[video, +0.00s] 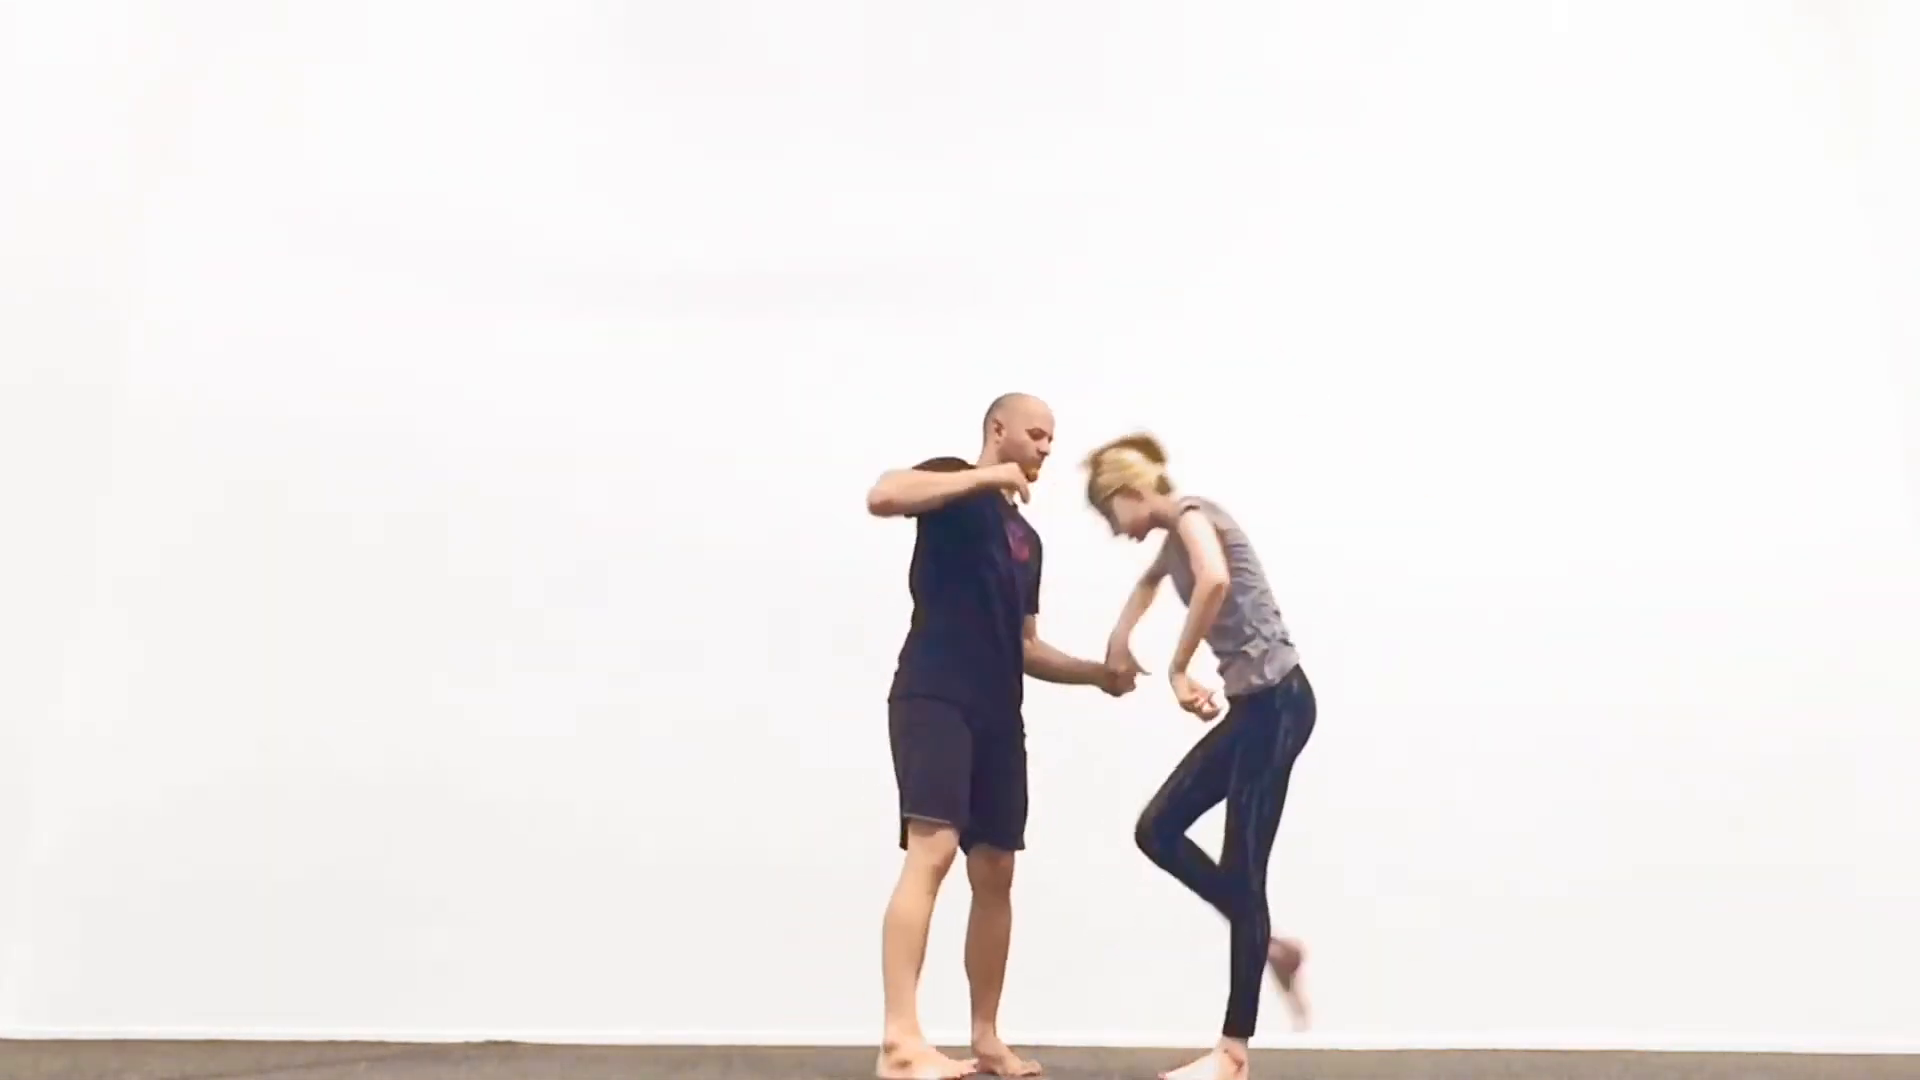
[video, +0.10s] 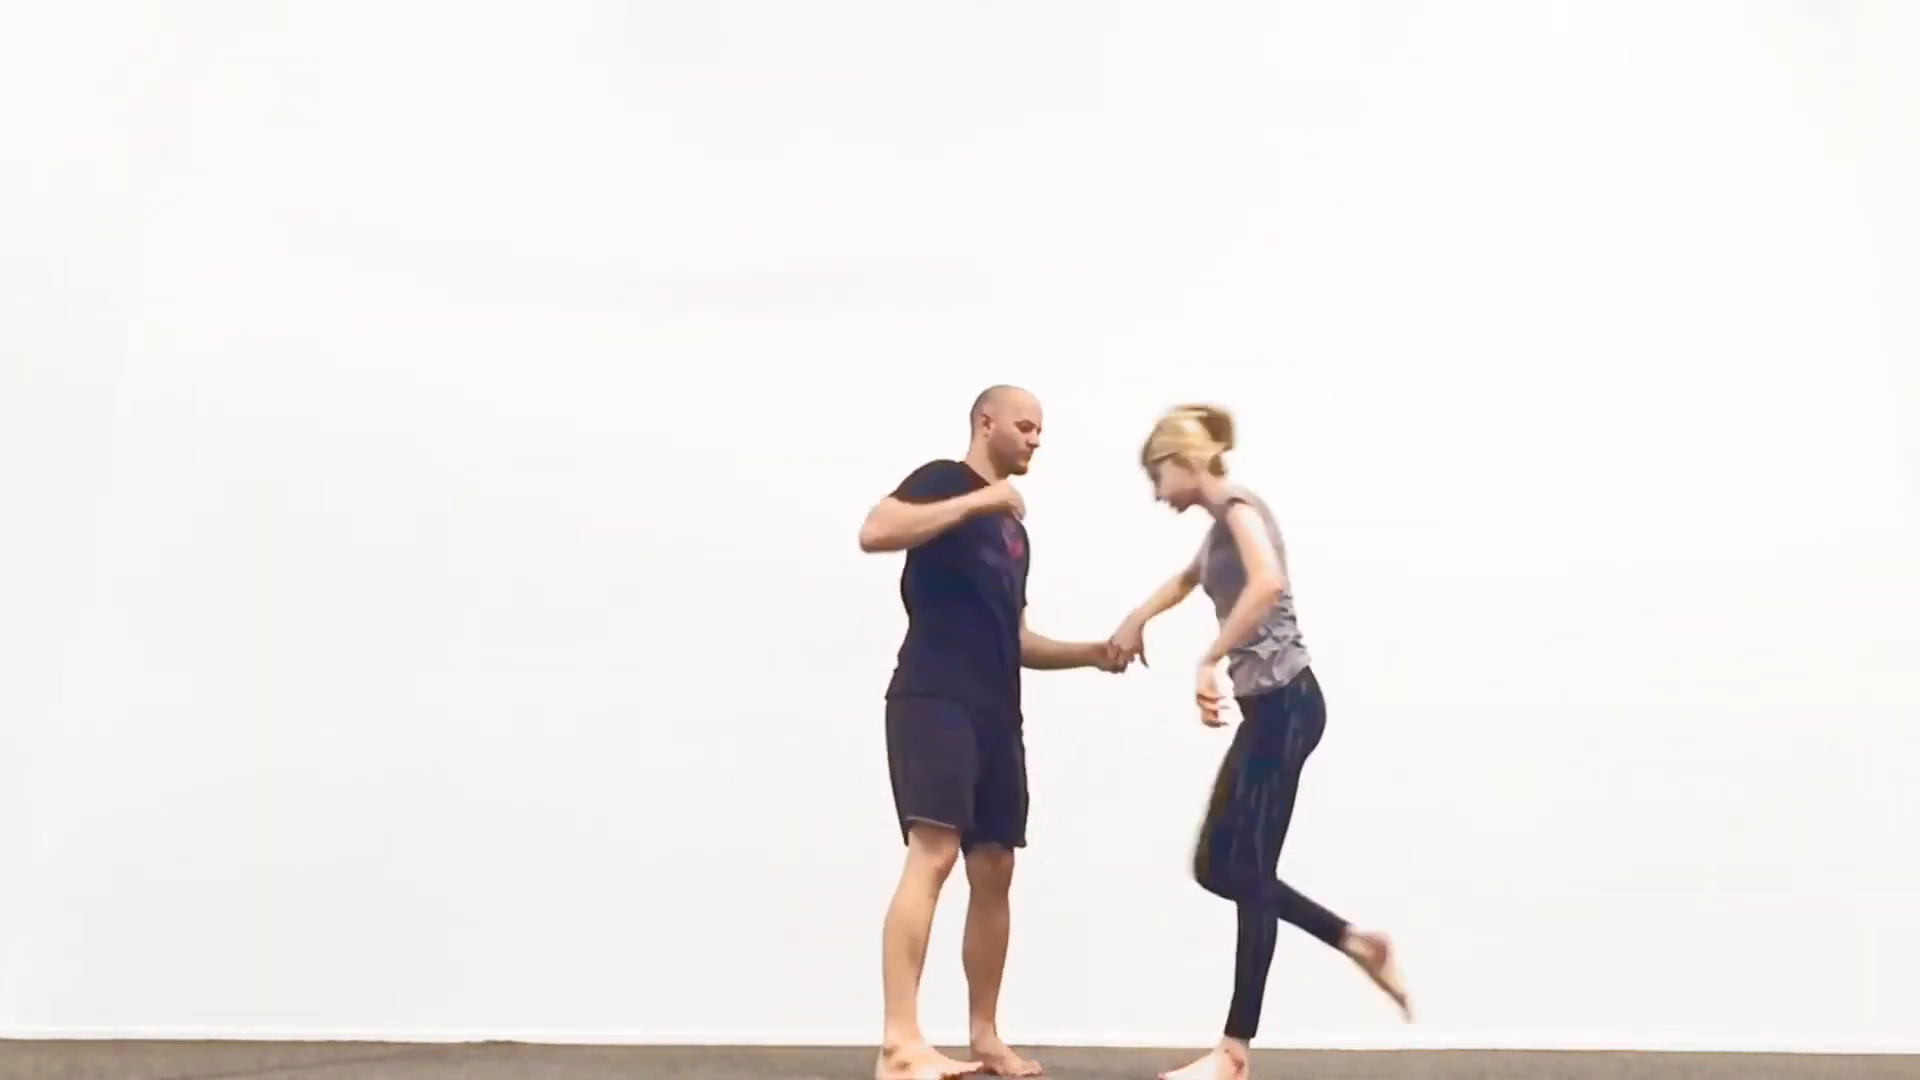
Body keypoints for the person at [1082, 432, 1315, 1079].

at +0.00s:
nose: (1112, 524)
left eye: (1110, 508)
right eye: (1105, 513)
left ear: (1136, 490)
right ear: (1139, 491)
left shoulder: (1191, 517)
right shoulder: (1183, 529)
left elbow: (1215, 581)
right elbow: (1151, 580)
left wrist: (1179, 667)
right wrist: (1118, 639)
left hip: (1277, 702)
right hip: (1252, 705)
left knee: (1245, 876)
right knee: (1157, 833)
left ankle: (1233, 1052)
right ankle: (1271, 947)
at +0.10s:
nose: (1155, 492)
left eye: (1157, 476)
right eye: (1152, 478)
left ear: (1189, 463)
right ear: (1188, 464)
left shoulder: (1240, 511)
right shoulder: (1220, 521)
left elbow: (1267, 585)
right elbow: (1186, 581)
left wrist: (1210, 661)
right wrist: (1135, 620)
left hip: (1286, 704)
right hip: (1266, 704)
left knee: (1250, 874)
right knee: (1215, 867)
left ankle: (1233, 1052)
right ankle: (1358, 944)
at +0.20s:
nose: (1204, 474)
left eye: (1209, 458)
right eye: (1202, 461)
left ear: (1243, 454)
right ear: (1244, 458)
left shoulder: (1286, 512)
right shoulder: (1260, 523)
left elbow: (1326, 596)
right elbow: (1212, 586)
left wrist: (1272, 673)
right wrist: (1148, 604)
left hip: (1296, 704)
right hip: (1293, 705)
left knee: (1258, 874)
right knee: (1305, 884)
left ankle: (1234, 1051)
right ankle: (1450, 985)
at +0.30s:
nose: (1249, 470)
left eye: (1257, 456)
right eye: (1248, 458)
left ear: (1293, 456)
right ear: (1288, 461)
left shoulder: (1330, 523)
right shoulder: (1299, 534)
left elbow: (1377, 614)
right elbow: (1235, 601)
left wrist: (1350, 702)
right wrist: (1161, 596)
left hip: (1327, 716)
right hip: (1331, 715)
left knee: (1274, 873)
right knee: (1393, 881)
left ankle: (1233, 1052)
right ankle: (1500, 1023)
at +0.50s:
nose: (1325, 476)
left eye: (1333, 462)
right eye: (1323, 465)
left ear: (1370, 462)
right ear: (1357, 469)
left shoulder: (1397, 535)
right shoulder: (1366, 547)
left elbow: (1431, 632)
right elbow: (1284, 613)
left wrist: (1453, 733)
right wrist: (1196, 593)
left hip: (1402, 719)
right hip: (1414, 720)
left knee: (1326, 863)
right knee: (1475, 886)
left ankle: (1260, 1037)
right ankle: (1539, 1048)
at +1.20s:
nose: (1320, 461)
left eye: (1327, 448)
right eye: (1320, 450)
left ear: (1364, 449)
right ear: (1355, 454)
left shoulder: (1382, 514)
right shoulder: (1345, 527)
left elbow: (1393, 603)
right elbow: (1253, 571)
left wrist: (1368, 696)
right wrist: (1167, 551)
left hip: (1346, 706)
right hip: (1340, 706)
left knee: (1312, 874)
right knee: (1371, 882)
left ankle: (1280, 1051)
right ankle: (1492, 1011)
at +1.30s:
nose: (1281, 456)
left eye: (1289, 444)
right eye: (1282, 445)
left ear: (1323, 448)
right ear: (1319, 449)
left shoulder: (1344, 510)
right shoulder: (1308, 520)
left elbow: (1342, 586)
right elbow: (1217, 565)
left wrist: (1287, 661)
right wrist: (1141, 547)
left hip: (1322, 699)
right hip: (1296, 701)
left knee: (1300, 877)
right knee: (1267, 874)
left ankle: (1279, 1052)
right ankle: (1393, 987)